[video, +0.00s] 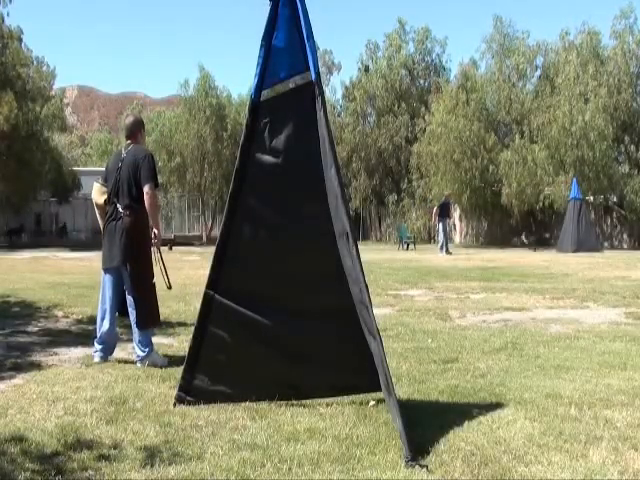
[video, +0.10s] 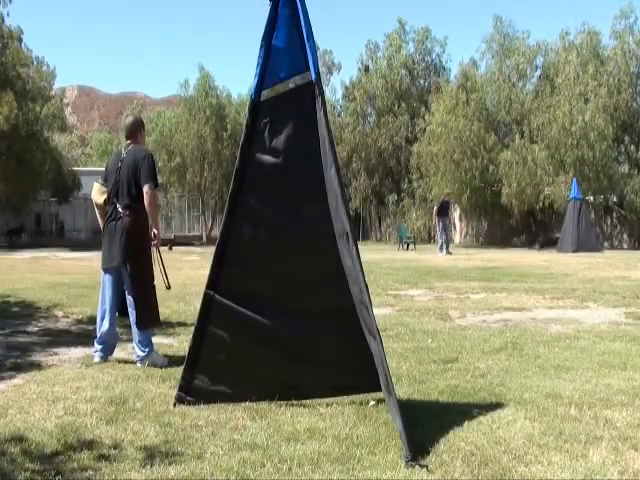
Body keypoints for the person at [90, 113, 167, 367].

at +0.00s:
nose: (146, 135)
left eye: (143, 132)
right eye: (145, 132)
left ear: (126, 135)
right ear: (141, 133)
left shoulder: (114, 159)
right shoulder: (144, 156)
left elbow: (98, 196)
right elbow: (149, 193)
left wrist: (105, 226)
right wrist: (156, 226)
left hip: (112, 229)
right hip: (134, 230)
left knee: (109, 294)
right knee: (138, 292)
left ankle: (101, 349)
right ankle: (144, 351)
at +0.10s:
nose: (146, 135)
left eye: (143, 132)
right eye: (145, 132)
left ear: (125, 134)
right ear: (141, 133)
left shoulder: (114, 159)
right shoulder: (143, 156)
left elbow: (98, 196)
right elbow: (148, 193)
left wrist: (105, 226)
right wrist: (155, 226)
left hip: (111, 229)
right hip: (133, 230)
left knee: (108, 294)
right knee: (138, 292)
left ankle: (101, 349)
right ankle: (144, 352)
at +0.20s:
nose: (145, 135)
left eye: (143, 132)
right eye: (145, 132)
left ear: (125, 134)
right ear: (141, 133)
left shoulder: (114, 159)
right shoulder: (143, 156)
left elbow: (98, 196)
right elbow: (148, 193)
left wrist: (105, 225)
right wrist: (155, 226)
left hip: (111, 229)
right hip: (133, 230)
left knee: (108, 293)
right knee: (137, 292)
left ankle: (101, 349)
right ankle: (144, 351)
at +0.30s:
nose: (145, 135)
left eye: (143, 132)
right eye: (145, 132)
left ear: (125, 134)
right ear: (141, 133)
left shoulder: (114, 159)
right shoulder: (143, 156)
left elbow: (98, 196)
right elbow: (148, 193)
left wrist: (105, 225)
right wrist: (154, 226)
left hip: (111, 230)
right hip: (133, 230)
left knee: (108, 293)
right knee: (137, 292)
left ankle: (101, 349)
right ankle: (144, 351)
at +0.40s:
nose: (146, 135)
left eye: (143, 131)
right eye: (145, 132)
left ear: (126, 134)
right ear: (141, 133)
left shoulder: (113, 159)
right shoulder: (143, 156)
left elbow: (99, 195)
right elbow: (148, 193)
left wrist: (105, 223)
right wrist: (154, 226)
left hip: (111, 229)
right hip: (133, 230)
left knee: (108, 293)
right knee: (137, 292)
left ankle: (101, 349)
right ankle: (144, 351)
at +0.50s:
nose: (146, 136)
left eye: (144, 132)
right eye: (145, 132)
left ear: (126, 134)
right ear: (140, 133)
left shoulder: (114, 158)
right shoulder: (143, 156)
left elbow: (99, 194)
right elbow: (147, 194)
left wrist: (106, 223)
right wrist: (154, 227)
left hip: (111, 228)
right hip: (133, 228)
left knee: (109, 292)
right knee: (137, 291)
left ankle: (101, 348)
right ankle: (144, 351)